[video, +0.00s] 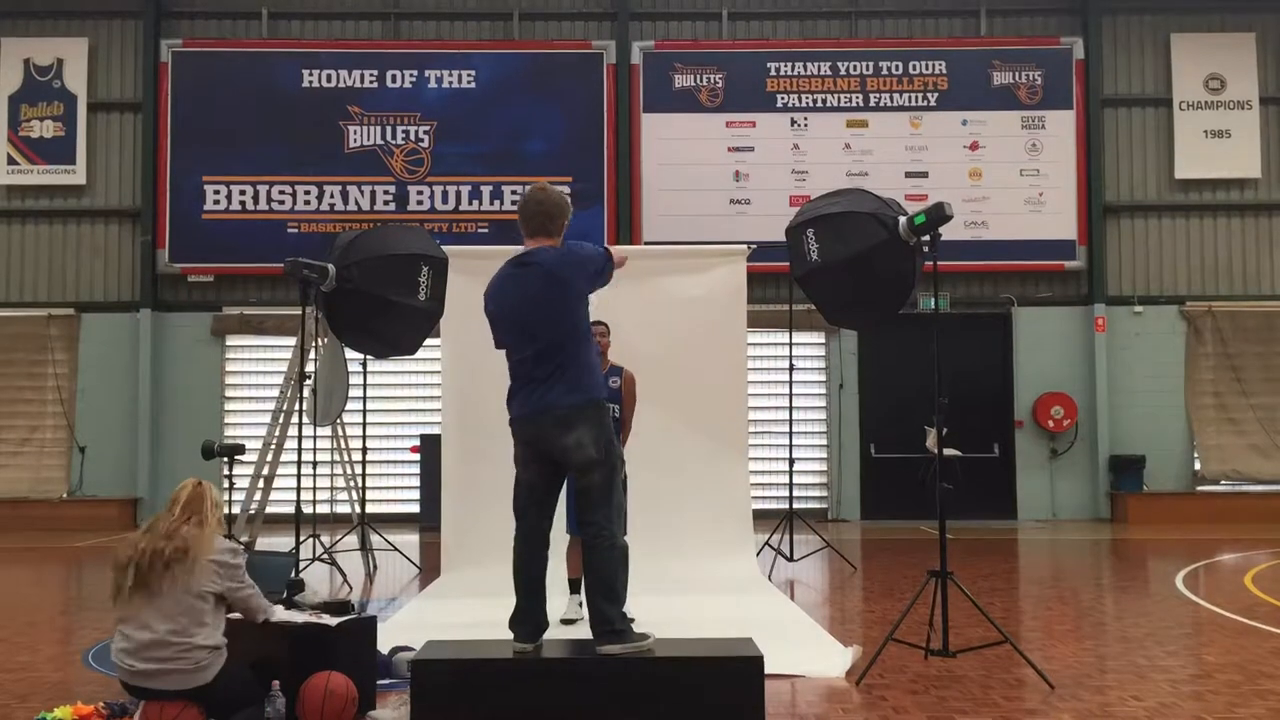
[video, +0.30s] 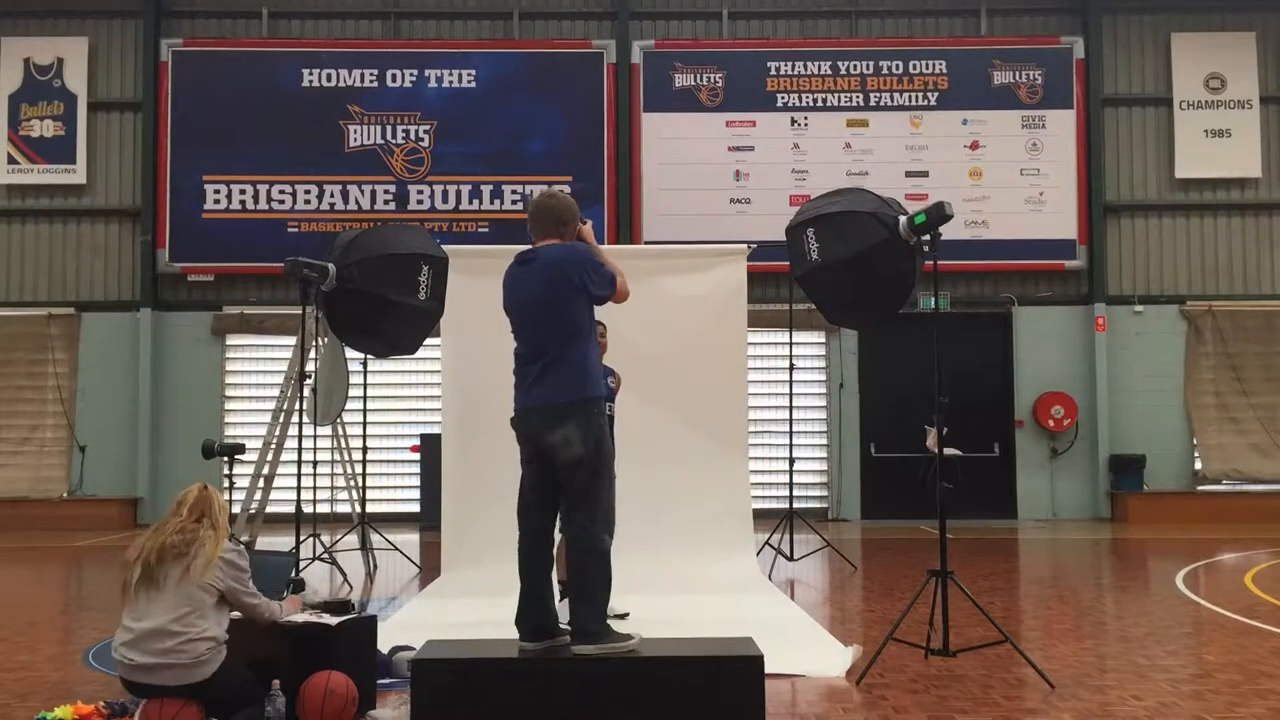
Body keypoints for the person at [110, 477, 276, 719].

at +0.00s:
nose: (222, 519)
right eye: (220, 513)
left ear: (173, 508)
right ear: (214, 514)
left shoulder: (141, 541)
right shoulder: (223, 551)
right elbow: (257, 610)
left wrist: (222, 606)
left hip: (134, 680)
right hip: (194, 680)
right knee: (253, 700)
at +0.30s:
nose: (227, 522)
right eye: (225, 517)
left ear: (177, 512)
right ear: (219, 517)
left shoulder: (147, 544)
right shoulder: (226, 551)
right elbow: (259, 611)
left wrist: (214, 605)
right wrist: (286, 606)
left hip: (134, 677)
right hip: (195, 675)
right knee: (255, 701)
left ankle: (140, 706)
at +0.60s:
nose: (215, 517)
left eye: (214, 510)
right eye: (213, 511)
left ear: (166, 506)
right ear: (206, 513)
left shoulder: (132, 545)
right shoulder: (211, 551)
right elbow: (242, 617)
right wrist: (256, 611)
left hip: (136, 680)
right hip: (196, 678)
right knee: (253, 702)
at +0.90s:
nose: (217, 507)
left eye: (217, 500)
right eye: (209, 501)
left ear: (172, 505)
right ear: (189, 506)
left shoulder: (136, 544)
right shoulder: (211, 551)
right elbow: (243, 614)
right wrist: (255, 615)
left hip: (135, 679)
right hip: (194, 678)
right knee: (252, 701)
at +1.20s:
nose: (219, 520)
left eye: (219, 513)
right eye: (218, 513)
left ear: (171, 506)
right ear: (210, 514)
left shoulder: (135, 542)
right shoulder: (216, 553)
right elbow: (246, 618)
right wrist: (257, 615)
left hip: (135, 680)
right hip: (194, 680)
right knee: (252, 699)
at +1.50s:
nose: (225, 514)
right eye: (222, 508)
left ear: (174, 506)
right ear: (216, 511)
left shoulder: (145, 542)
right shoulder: (225, 550)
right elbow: (259, 608)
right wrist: (277, 604)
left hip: (136, 680)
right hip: (196, 677)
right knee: (252, 700)